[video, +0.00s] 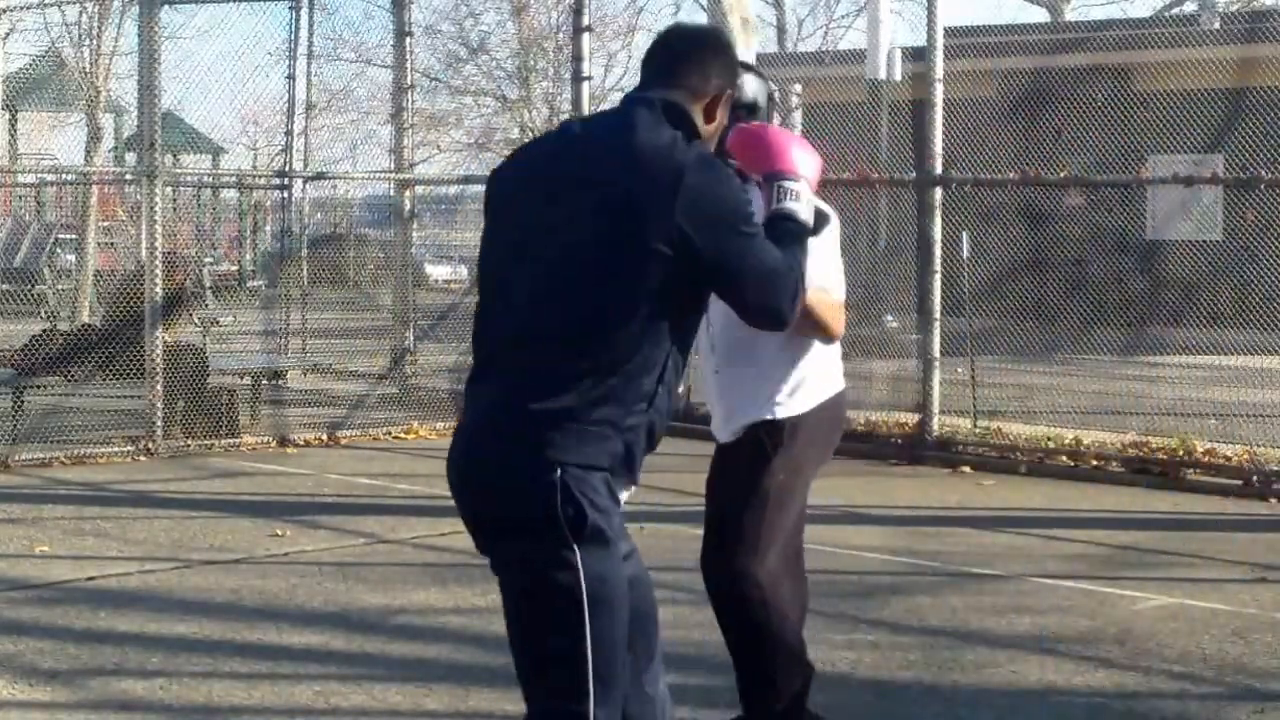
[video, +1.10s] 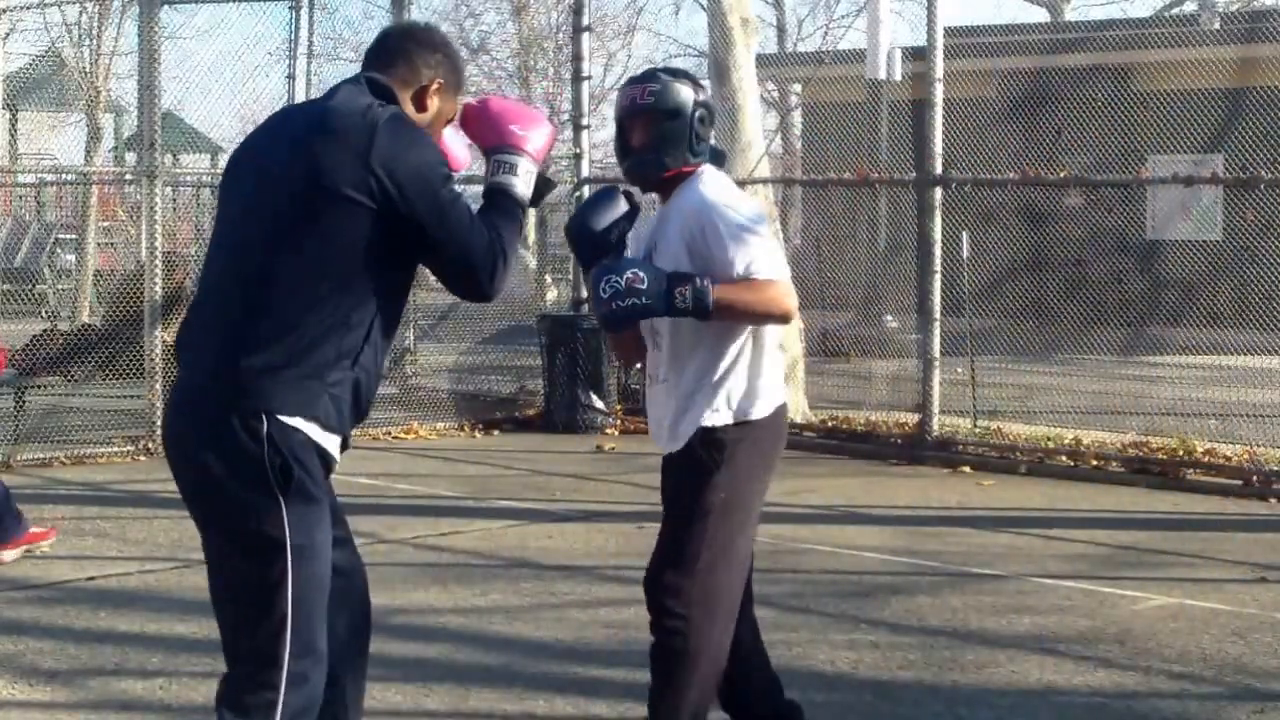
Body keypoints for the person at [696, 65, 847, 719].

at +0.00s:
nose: (699, 140)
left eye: (709, 125)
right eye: (699, 127)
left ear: (741, 123)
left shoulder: (800, 208)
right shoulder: (722, 207)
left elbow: (831, 323)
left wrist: (776, 264)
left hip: (795, 410)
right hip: (749, 415)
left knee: (744, 564)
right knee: (742, 567)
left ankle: (783, 704)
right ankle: (771, 704)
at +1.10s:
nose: (632, 139)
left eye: (646, 124)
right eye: (626, 125)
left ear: (683, 128)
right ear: (625, 137)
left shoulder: (714, 200)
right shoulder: (655, 222)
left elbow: (779, 301)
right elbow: (632, 349)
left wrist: (673, 291)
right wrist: (604, 270)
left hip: (736, 425)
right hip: (692, 429)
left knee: (684, 593)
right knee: (717, 600)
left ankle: (675, 712)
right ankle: (765, 712)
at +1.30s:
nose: (620, 135)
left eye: (637, 121)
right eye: (615, 121)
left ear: (676, 126)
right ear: (610, 127)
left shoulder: (694, 201)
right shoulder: (634, 215)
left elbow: (713, 312)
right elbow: (608, 347)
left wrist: (625, 266)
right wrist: (582, 273)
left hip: (708, 425)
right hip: (678, 424)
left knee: (631, 590)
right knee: (720, 584)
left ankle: (650, 713)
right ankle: (766, 710)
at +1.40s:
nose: (592, 131)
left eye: (609, 117)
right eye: (591, 117)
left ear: (649, 126)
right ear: (666, 129)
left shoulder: (654, 200)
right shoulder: (653, 198)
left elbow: (578, 223)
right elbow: (613, 319)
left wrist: (488, 184)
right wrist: (557, 252)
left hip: (708, 422)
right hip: (719, 413)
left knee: (634, 587)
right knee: (716, 565)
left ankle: (646, 712)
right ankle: (760, 701)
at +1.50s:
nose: (579, 129)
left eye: (595, 115)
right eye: (578, 114)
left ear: (643, 121)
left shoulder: (643, 192)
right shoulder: (657, 188)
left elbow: (551, 224)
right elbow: (587, 276)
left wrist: (446, 190)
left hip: (700, 418)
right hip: (714, 408)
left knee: (633, 591)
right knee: (716, 587)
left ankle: (650, 712)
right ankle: (760, 710)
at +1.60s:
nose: (579, 123)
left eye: (597, 110)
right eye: (578, 109)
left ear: (644, 121)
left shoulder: (648, 200)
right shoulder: (623, 191)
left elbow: (575, 254)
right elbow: (544, 229)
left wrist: (461, 238)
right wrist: (457, 230)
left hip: (696, 418)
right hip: (704, 410)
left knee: (632, 589)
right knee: (710, 580)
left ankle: (646, 711)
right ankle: (753, 707)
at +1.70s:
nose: (589, 121)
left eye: (606, 107)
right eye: (585, 108)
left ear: (651, 111)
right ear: (580, 115)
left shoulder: (657, 196)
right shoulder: (640, 193)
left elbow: (662, 317)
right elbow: (633, 288)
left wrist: (557, 277)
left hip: (689, 415)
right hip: (698, 408)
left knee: (630, 588)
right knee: (710, 588)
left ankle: (646, 713)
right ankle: (745, 710)